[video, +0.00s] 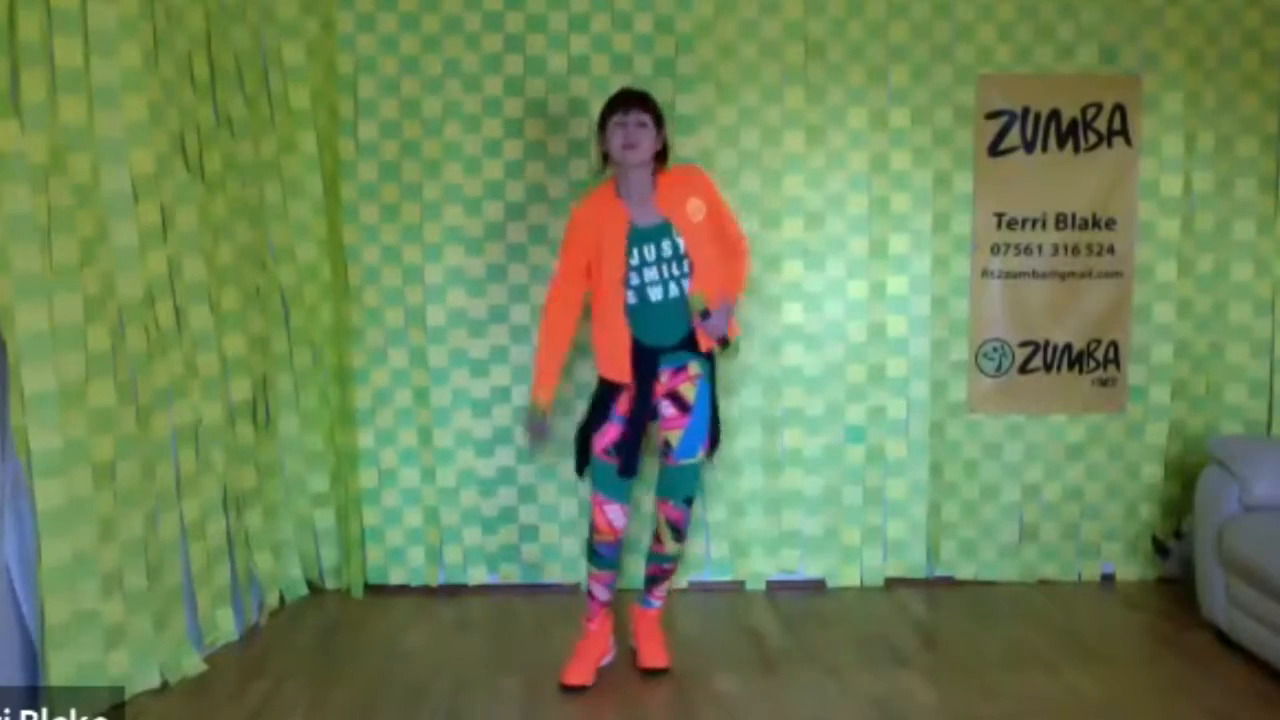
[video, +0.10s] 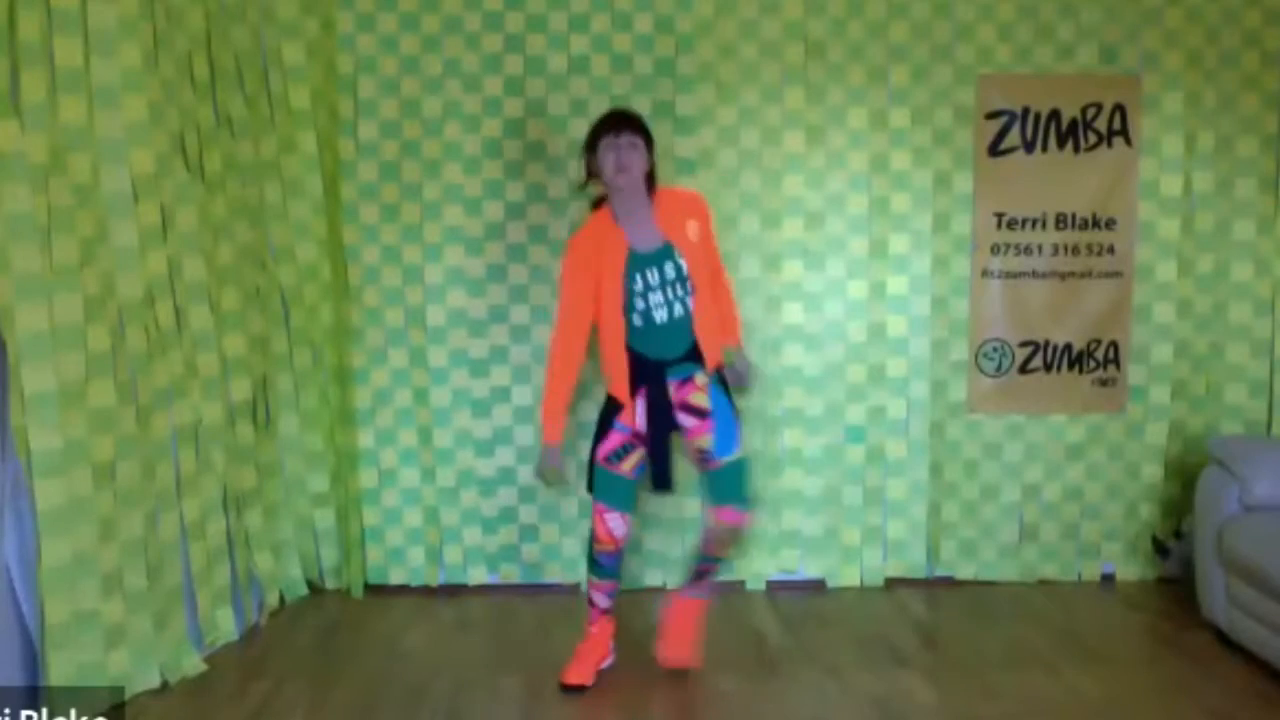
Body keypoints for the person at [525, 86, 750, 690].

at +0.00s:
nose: (630, 135)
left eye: (641, 126)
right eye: (619, 127)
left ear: (660, 138)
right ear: (604, 142)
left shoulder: (692, 186)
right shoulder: (591, 213)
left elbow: (733, 249)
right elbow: (563, 303)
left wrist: (725, 305)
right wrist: (542, 394)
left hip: (689, 364)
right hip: (622, 370)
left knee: (677, 500)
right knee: (607, 501)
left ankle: (649, 615)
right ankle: (597, 625)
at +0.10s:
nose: (622, 155)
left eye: (631, 146)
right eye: (611, 148)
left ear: (651, 158)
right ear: (594, 166)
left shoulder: (688, 210)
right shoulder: (589, 243)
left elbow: (714, 279)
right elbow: (569, 335)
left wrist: (730, 344)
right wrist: (552, 427)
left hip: (698, 374)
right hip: (630, 384)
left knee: (731, 512)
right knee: (609, 519)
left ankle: (689, 604)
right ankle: (598, 632)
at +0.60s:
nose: (805, 236)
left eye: (818, 226)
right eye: (797, 222)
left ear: (836, 237)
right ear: (780, 226)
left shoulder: (840, 310)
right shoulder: (740, 267)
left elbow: (901, 377)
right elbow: (673, 281)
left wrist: (964, 442)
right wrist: (664, 348)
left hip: (782, 446)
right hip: (706, 437)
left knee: (886, 528)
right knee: (623, 532)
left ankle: (882, 632)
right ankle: (600, 635)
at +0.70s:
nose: (837, 236)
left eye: (851, 229)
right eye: (828, 224)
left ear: (866, 245)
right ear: (811, 230)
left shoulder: (868, 315)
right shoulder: (768, 269)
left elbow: (929, 382)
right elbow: (701, 288)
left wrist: (992, 446)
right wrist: (687, 355)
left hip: (797, 443)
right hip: (722, 431)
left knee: (900, 526)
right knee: (632, 518)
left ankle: (884, 632)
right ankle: (594, 627)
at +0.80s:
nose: (832, 235)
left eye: (846, 227)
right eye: (824, 223)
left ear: (861, 242)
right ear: (807, 227)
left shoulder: (865, 311)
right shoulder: (765, 268)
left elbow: (926, 378)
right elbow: (697, 294)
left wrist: (988, 444)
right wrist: (684, 359)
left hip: (796, 440)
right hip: (722, 429)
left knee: (899, 527)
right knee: (634, 518)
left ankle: (883, 632)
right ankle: (592, 622)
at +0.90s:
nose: (793, 217)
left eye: (805, 207)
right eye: (785, 204)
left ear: (820, 220)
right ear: (767, 210)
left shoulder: (829, 286)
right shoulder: (729, 262)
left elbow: (887, 354)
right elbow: (662, 307)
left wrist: (945, 422)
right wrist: (651, 376)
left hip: (782, 428)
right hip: (711, 424)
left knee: (877, 523)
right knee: (632, 528)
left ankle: (882, 632)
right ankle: (590, 629)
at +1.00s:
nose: (741, 202)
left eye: (754, 192)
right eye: (734, 190)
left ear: (771, 201)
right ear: (721, 194)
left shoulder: (786, 260)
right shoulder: (687, 250)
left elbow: (840, 331)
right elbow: (630, 311)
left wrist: (889, 402)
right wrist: (616, 380)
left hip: (754, 409)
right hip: (685, 409)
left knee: (838, 510)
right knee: (626, 512)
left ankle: (880, 629)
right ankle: (589, 632)